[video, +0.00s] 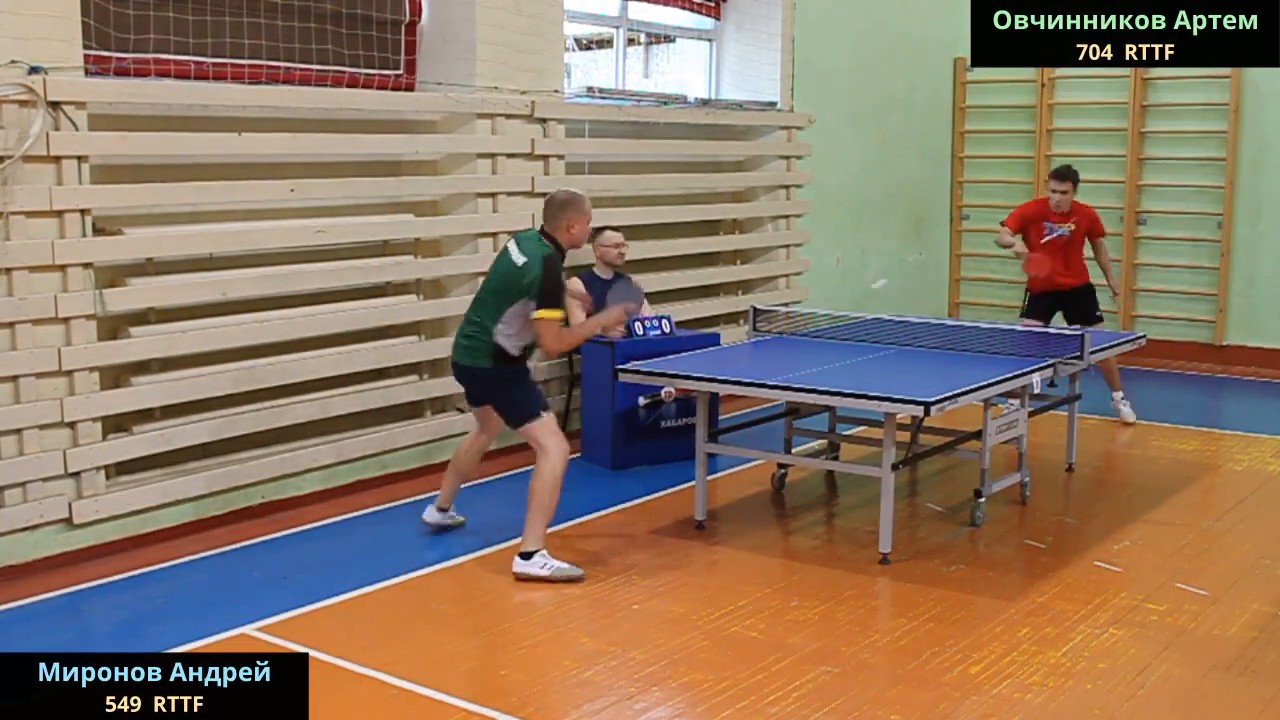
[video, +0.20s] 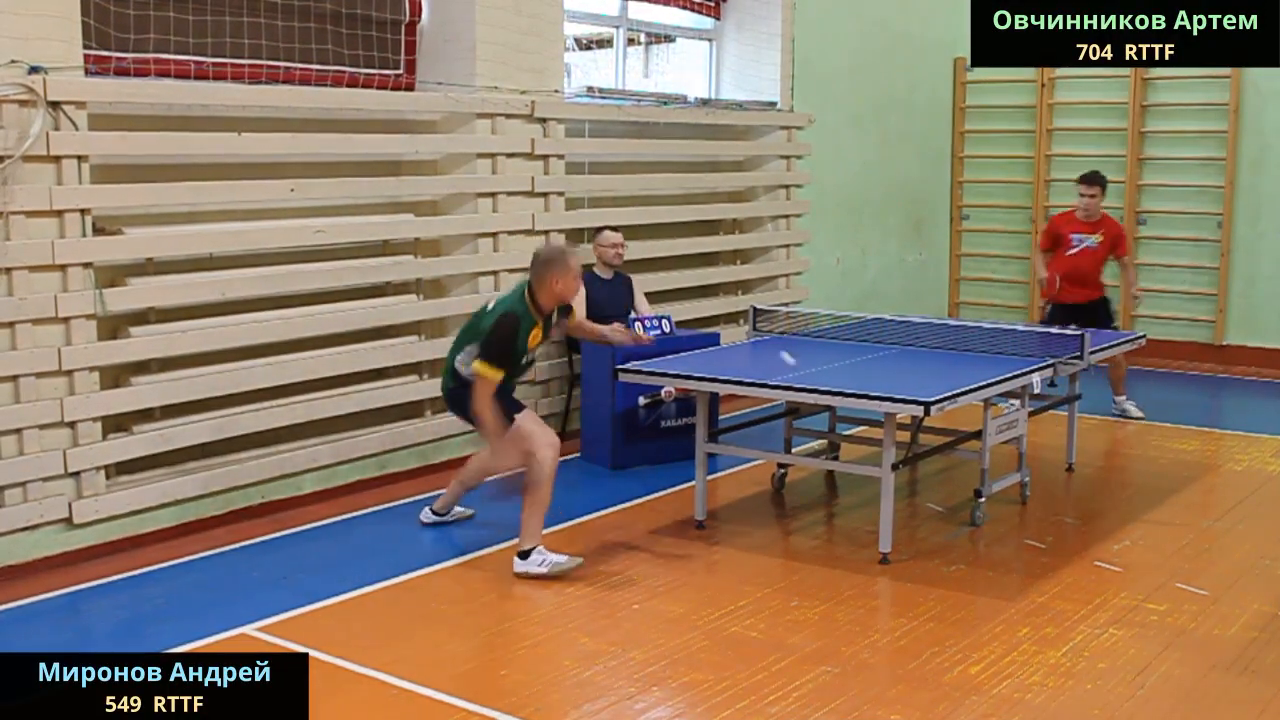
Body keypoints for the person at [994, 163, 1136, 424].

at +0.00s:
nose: (1056, 199)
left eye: (1063, 193)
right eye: (1052, 192)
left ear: (1074, 193)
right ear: (1047, 189)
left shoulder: (1085, 215)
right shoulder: (1031, 210)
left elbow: (1099, 247)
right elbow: (1002, 237)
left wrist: (1111, 279)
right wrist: (1015, 243)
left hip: (1077, 289)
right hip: (1041, 290)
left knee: (1100, 343)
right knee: (1023, 344)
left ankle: (1119, 398)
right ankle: (1015, 404)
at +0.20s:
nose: (1086, 202)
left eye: (1092, 197)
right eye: (1082, 196)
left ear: (1102, 198)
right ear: (1077, 196)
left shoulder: (1112, 229)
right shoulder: (1058, 223)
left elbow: (1125, 263)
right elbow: (1041, 251)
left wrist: (1131, 287)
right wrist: (1041, 272)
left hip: (1094, 302)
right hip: (1060, 302)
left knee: (1115, 352)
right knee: (1042, 353)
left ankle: (1120, 400)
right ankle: (1020, 398)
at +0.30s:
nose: (1100, 197)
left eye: (1105, 191)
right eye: (1096, 191)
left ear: (1117, 192)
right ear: (1091, 191)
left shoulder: (1130, 220)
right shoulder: (1077, 218)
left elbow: (1148, 253)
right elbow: (1061, 246)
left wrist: (1150, 280)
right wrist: (1062, 267)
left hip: (1116, 293)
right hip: (1080, 293)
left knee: (1124, 348)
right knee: (1058, 339)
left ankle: (1122, 399)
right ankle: (1038, 384)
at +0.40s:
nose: (1111, 189)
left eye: (1117, 184)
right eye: (1107, 183)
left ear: (1129, 184)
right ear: (1103, 183)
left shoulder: (1143, 211)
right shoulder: (1089, 211)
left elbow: (1160, 240)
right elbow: (1072, 240)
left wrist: (1164, 265)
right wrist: (1074, 259)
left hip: (1130, 286)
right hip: (1096, 284)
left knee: (1134, 341)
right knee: (1077, 332)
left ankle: (1127, 397)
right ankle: (1066, 387)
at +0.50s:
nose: (1119, 187)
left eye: (1125, 181)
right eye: (1116, 180)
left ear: (1138, 181)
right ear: (1112, 180)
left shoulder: (1154, 208)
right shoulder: (1098, 209)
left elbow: (1167, 238)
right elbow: (1081, 240)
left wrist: (1174, 265)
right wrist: (1085, 257)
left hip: (1144, 281)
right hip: (1109, 280)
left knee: (1155, 333)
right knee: (1093, 329)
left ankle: (1156, 388)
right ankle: (1089, 373)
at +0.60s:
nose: (1128, 196)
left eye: (1134, 191)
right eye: (1125, 190)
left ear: (1145, 191)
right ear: (1120, 190)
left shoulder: (1161, 218)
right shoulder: (1107, 218)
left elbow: (1176, 249)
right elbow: (1090, 250)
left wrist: (1185, 276)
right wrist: (1099, 267)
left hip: (1155, 290)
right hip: (1119, 291)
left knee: (1178, 339)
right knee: (1102, 338)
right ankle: (1096, 380)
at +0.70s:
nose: (1141, 210)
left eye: (1146, 205)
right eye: (1136, 204)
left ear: (1156, 206)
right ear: (1130, 204)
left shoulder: (1170, 232)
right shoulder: (1118, 233)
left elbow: (1189, 263)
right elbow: (1103, 264)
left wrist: (1196, 288)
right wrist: (1112, 282)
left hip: (1167, 304)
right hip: (1131, 304)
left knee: (1190, 348)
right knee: (1102, 340)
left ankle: (1218, 389)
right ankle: (1097, 383)